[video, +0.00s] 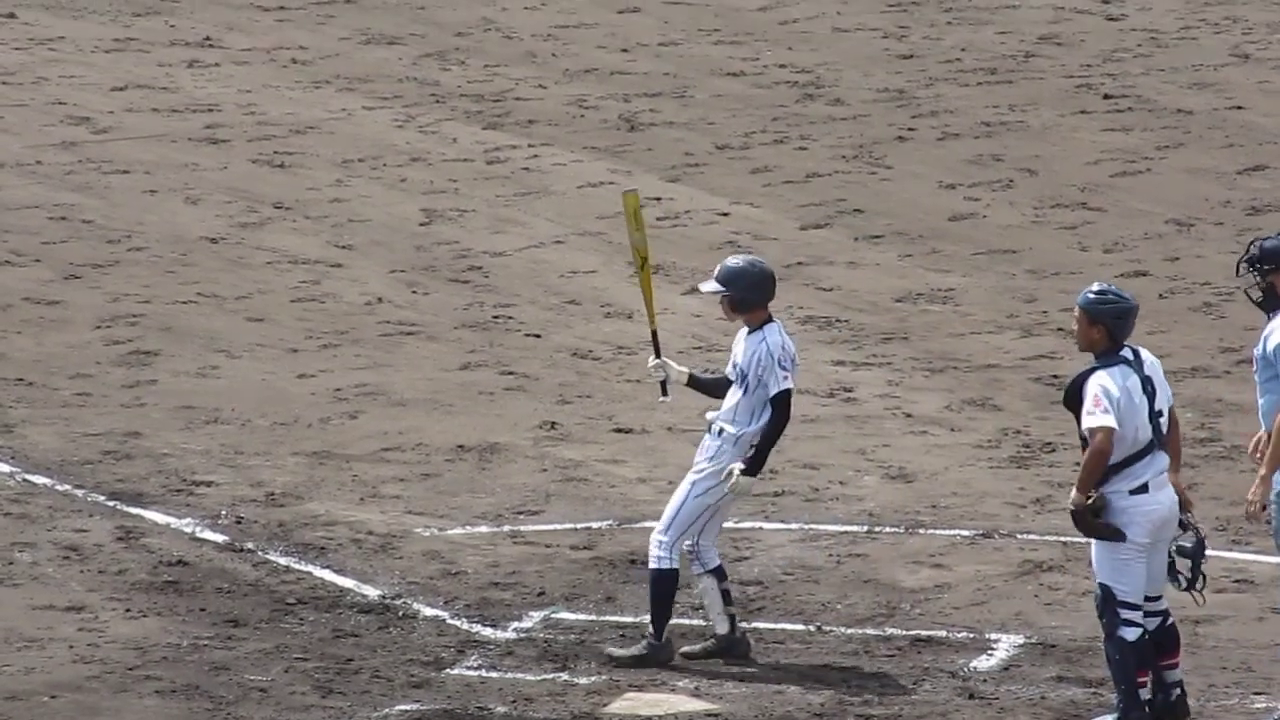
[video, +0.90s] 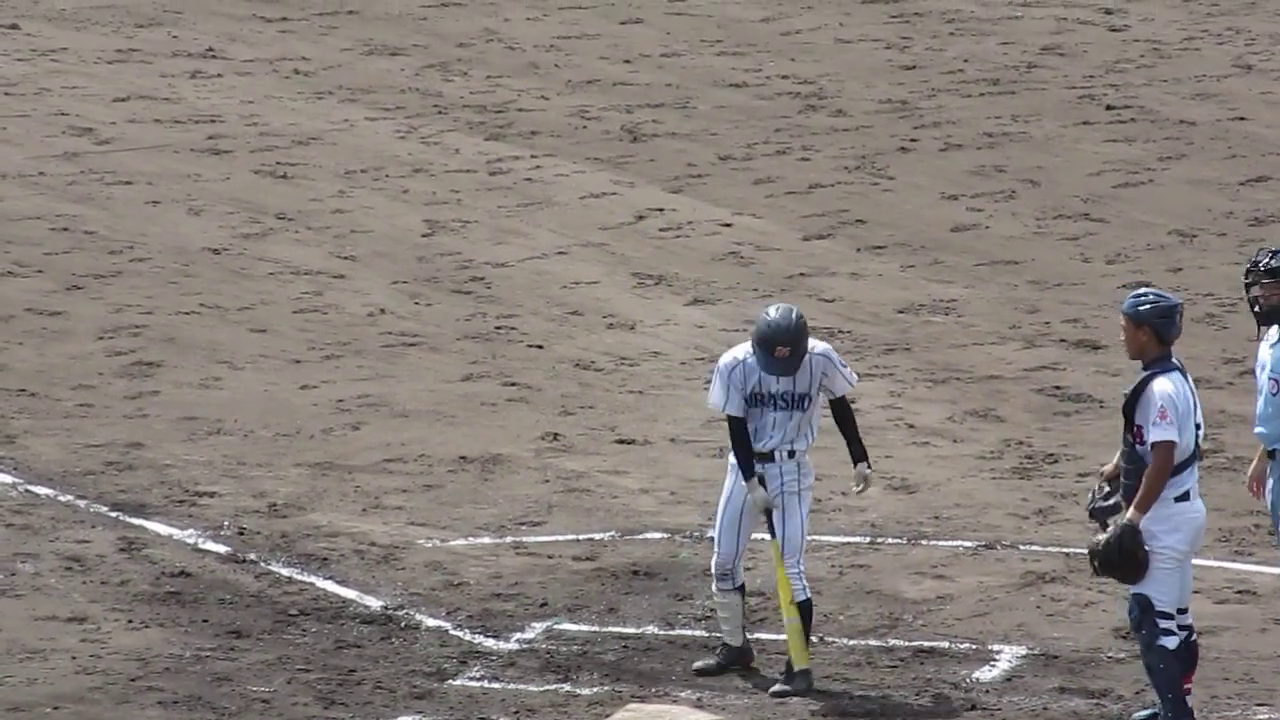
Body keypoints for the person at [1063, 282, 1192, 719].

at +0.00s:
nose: (1073, 325)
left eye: (1079, 319)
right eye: (1076, 318)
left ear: (1099, 330)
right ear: (1113, 327)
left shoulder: (1098, 383)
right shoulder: (1147, 360)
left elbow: (1101, 444)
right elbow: (1171, 425)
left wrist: (1079, 494)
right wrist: (1172, 474)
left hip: (1126, 507)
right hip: (1163, 496)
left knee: (1119, 613)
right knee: (1153, 604)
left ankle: (1131, 707)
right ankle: (1171, 696)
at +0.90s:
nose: (1123, 334)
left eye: (1128, 327)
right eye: (1124, 326)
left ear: (1147, 332)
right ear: (1158, 333)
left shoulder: (1162, 388)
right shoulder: (1169, 376)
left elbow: (1163, 461)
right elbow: (1150, 438)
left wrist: (1131, 519)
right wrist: (1120, 465)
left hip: (1167, 514)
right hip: (1176, 508)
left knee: (1151, 615)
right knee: (1168, 611)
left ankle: (1175, 708)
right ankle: (1172, 701)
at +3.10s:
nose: (1099, 356)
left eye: (1104, 348)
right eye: (1099, 347)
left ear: (1124, 351)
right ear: (1135, 347)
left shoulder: (1147, 395)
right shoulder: (1166, 380)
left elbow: (1155, 467)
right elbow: (1160, 444)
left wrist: (1119, 504)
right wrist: (1109, 435)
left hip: (1184, 518)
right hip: (1193, 513)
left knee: (1139, 617)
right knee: (1152, 615)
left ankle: (1185, 709)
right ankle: (1186, 704)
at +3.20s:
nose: (1093, 368)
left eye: (1098, 360)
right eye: (1093, 359)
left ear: (1118, 361)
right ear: (1128, 357)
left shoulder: (1143, 404)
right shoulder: (1160, 388)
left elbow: (1151, 482)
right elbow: (1163, 461)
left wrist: (1116, 499)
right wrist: (1113, 473)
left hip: (1185, 524)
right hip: (1195, 520)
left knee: (1125, 616)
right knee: (1144, 616)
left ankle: (1179, 709)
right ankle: (1186, 705)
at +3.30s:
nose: (1088, 385)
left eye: (1093, 377)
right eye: (1088, 377)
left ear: (1113, 378)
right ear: (1125, 373)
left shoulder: (1141, 421)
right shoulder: (1154, 402)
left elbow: (1150, 498)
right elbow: (1168, 477)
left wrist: (1115, 506)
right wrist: (1121, 488)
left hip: (1192, 534)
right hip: (1198, 530)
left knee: (1123, 624)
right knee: (1133, 618)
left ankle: (1183, 707)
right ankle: (1182, 702)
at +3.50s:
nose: (1081, 446)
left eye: (1085, 438)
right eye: (1080, 438)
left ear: (1105, 436)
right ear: (1110, 434)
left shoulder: (1137, 473)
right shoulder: (1143, 454)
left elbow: (1148, 552)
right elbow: (1168, 526)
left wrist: (1114, 557)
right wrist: (1122, 539)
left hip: (1201, 580)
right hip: (1206, 570)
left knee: (1107, 641)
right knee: (1117, 614)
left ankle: (1179, 709)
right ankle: (1180, 695)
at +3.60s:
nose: (1080, 475)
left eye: (1084, 466)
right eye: (1079, 466)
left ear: (1105, 464)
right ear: (1110, 462)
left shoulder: (1138, 499)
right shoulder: (1141, 481)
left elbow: (1147, 579)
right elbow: (1160, 554)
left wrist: (1106, 583)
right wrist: (1112, 568)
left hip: (1203, 603)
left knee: (1102, 650)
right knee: (1111, 617)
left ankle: (1176, 709)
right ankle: (1175, 691)